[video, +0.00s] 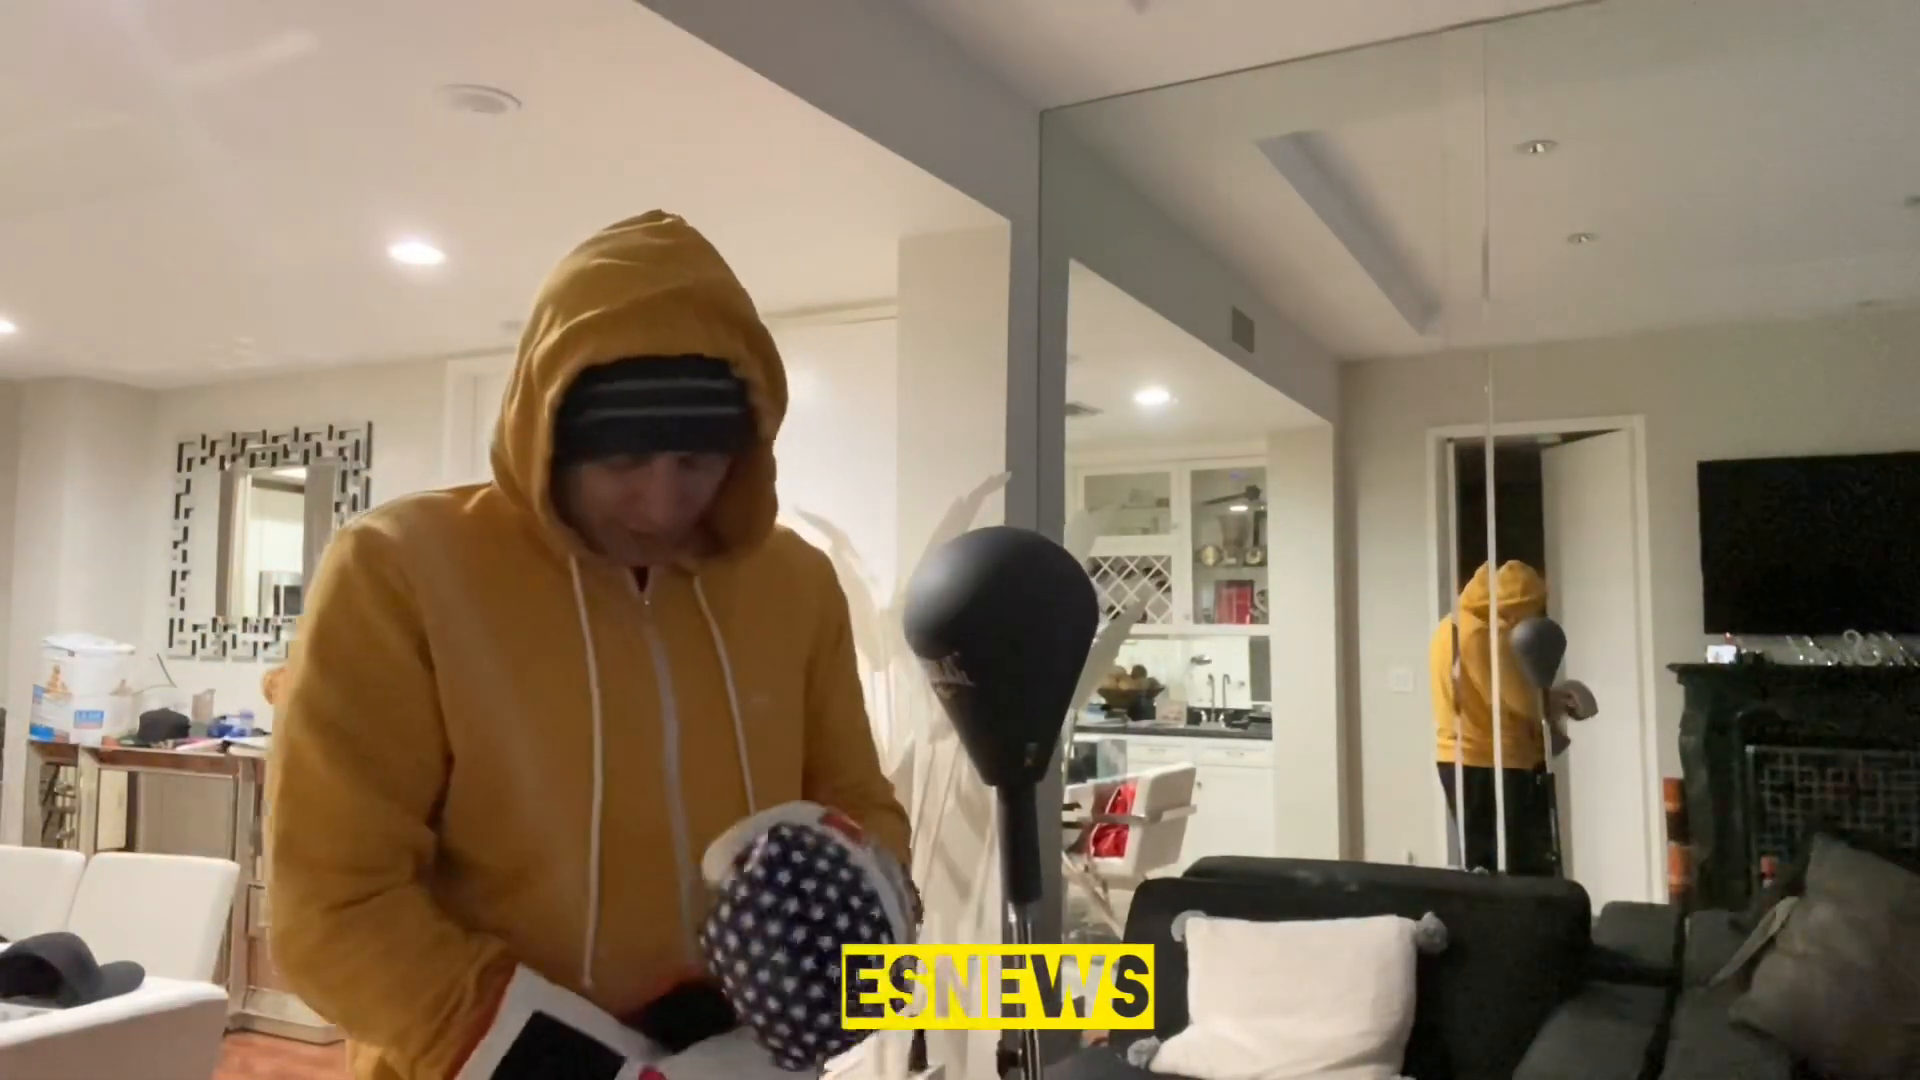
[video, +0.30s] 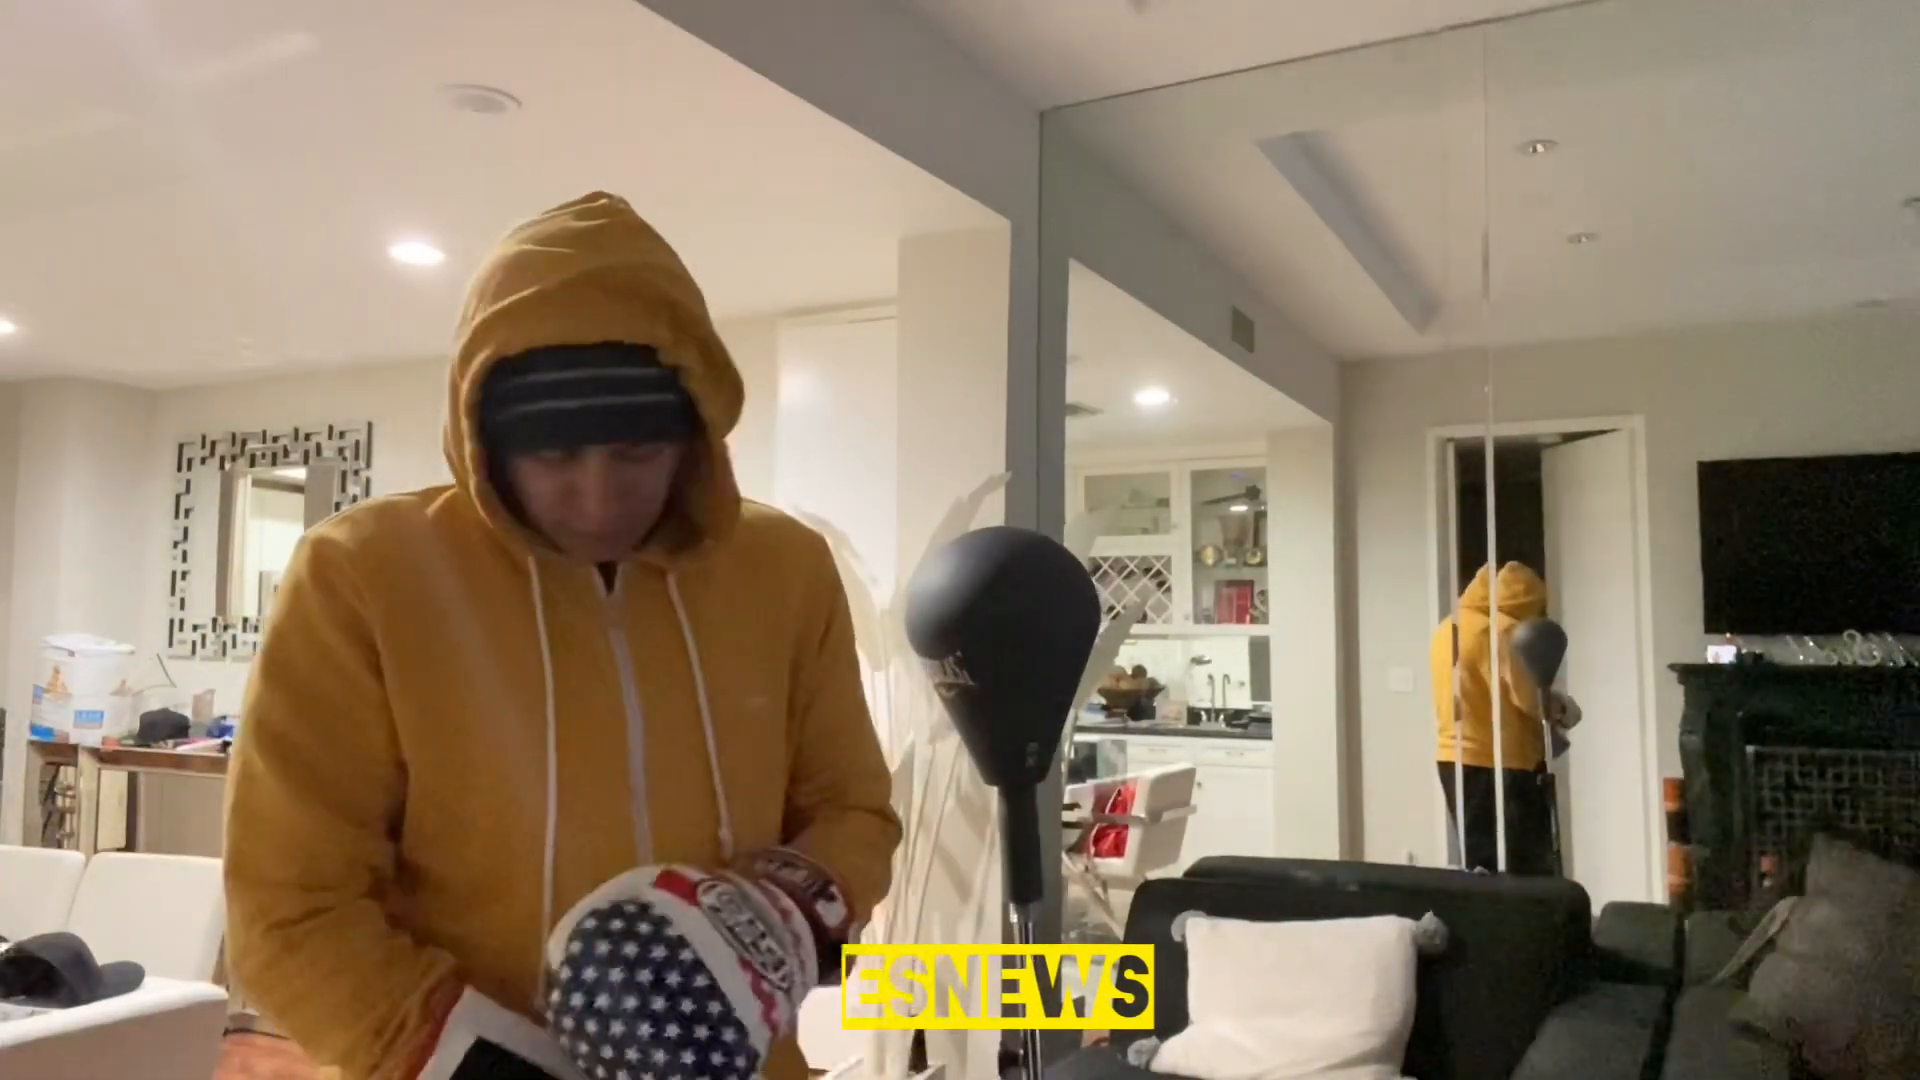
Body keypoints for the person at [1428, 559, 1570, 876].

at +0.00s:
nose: (1533, 622)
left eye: (1537, 613)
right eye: (1533, 612)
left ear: (1486, 589)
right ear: (1516, 603)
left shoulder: (1446, 630)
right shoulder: (1492, 636)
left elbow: (1459, 701)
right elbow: (1521, 699)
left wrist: (1548, 700)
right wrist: (1552, 702)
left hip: (1460, 765)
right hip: (1504, 767)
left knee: (1481, 864)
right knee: (1528, 868)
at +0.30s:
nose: (1535, 618)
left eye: (1538, 611)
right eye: (1535, 609)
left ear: (1488, 589)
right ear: (1521, 601)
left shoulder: (1445, 631)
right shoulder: (1505, 632)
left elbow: (1457, 702)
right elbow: (1528, 698)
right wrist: (1559, 707)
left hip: (1456, 765)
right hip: (1507, 767)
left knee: (1480, 865)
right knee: (1529, 868)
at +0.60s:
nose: (1537, 620)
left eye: (1539, 614)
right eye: (1537, 612)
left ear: (1488, 593)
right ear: (1526, 603)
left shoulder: (1446, 633)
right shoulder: (1514, 631)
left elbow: (1454, 699)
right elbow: (1540, 700)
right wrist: (1566, 703)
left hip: (1458, 765)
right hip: (1512, 768)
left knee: (1478, 861)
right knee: (1527, 864)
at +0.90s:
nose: (1540, 618)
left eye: (1540, 611)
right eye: (1539, 610)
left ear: (1488, 592)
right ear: (1530, 601)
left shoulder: (1448, 634)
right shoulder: (1519, 631)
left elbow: (1456, 701)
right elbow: (1544, 704)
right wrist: (1560, 690)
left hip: (1461, 765)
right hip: (1515, 768)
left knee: (1479, 862)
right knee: (1527, 865)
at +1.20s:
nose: (1540, 616)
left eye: (1541, 610)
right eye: (1539, 609)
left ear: (1486, 591)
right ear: (1528, 600)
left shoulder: (1449, 632)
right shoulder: (1518, 631)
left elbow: (1453, 697)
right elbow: (1546, 702)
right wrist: (1561, 683)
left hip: (1461, 763)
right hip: (1515, 766)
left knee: (1478, 859)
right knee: (1527, 862)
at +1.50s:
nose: (1541, 613)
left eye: (1541, 606)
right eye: (1540, 605)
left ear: (1493, 590)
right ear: (1531, 599)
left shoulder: (1451, 631)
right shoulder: (1520, 633)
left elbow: (1452, 699)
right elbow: (1550, 700)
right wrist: (1571, 692)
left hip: (1461, 764)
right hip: (1515, 768)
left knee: (1479, 863)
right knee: (1528, 865)